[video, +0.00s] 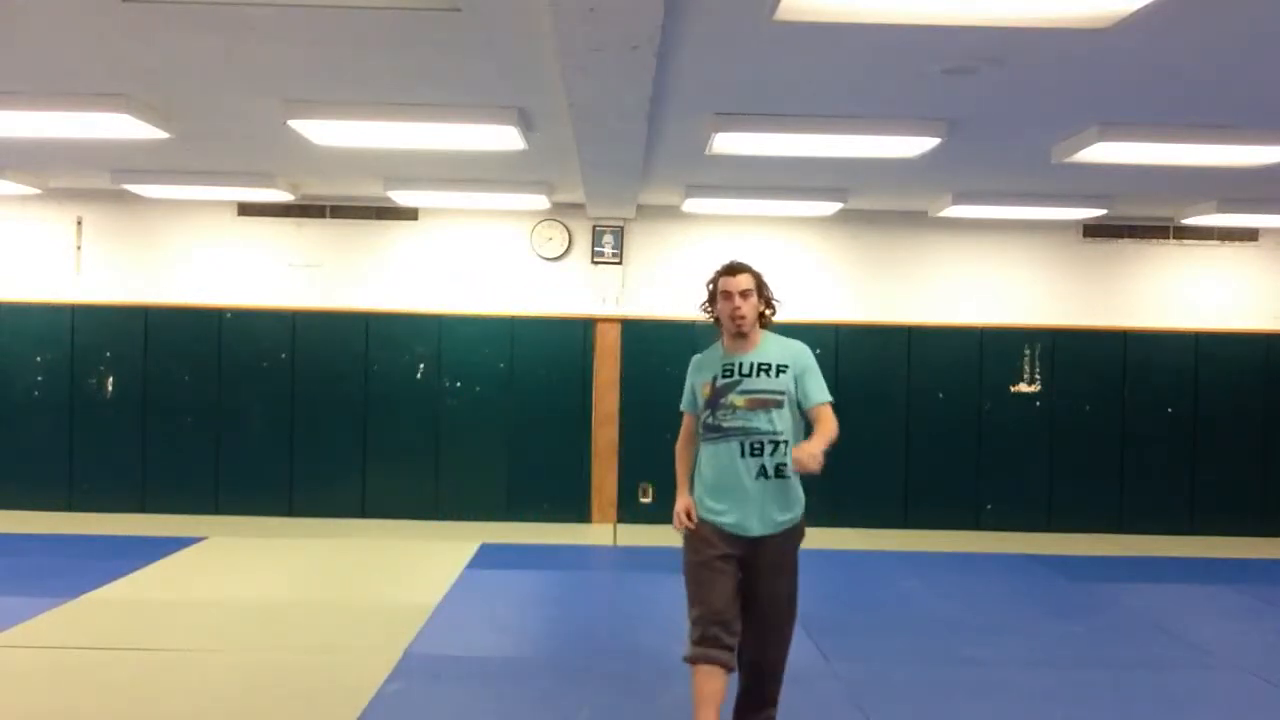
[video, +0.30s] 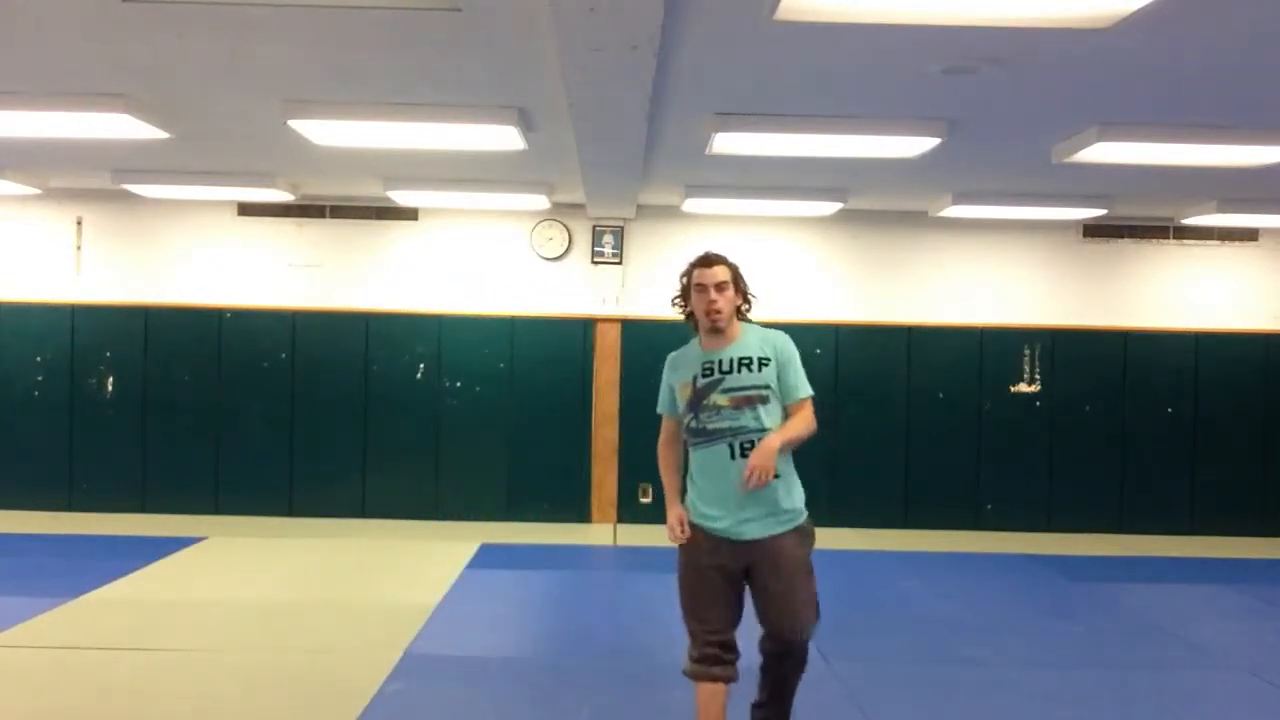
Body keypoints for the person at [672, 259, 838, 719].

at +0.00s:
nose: (737, 305)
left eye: (745, 294)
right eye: (727, 297)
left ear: (762, 301)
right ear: (715, 306)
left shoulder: (795, 355)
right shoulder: (701, 364)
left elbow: (826, 420)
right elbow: (688, 435)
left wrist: (814, 446)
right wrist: (682, 491)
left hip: (776, 523)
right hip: (711, 521)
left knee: (768, 647)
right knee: (711, 637)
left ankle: (756, 716)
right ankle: (706, 718)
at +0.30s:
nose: (712, 299)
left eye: (721, 287)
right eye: (701, 290)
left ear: (739, 294)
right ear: (689, 302)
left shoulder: (776, 346)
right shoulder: (677, 363)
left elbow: (804, 417)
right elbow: (670, 437)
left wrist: (773, 442)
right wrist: (672, 501)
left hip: (779, 526)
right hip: (706, 529)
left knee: (792, 639)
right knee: (710, 652)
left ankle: (771, 715)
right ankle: (709, 718)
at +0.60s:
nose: (721, 292)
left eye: (731, 281)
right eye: (710, 283)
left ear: (750, 290)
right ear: (699, 295)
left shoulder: (786, 342)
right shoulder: (689, 356)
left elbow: (815, 419)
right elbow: (682, 434)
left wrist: (769, 403)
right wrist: (679, 504)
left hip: (771, 524)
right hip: (704, 526)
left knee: (775, 652)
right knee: (709, 655)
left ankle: (788, 718)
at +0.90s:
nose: (744, 284)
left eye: (755, 274)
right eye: (734, 275)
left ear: (775, 286)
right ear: (722, 288)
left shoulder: (806, 339)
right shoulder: (719, 353)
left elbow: (797, 410)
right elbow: (720, 432)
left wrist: (751, 345)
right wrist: (706, 502)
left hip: (788, 529)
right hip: (724, 527)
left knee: (779, 682)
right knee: (730, 675)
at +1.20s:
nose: (754, 287)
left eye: (765, 278)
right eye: (743, 278)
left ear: (783, 289)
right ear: (731, 293)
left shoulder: (816, 338)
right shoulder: (726, 360)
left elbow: (859, 413)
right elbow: (733, 439)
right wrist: (728, 509)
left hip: (815, 528)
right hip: (749, 531)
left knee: (810, 671)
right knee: (762, 672)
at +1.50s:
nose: (803, 287)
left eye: (813, 278)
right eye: (791, 277)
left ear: (826, 291)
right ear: (772, 290)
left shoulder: (858, 349)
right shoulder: (752, 359)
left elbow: (897, 420)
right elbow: (744, 432)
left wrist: (890, 495)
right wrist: (738, 491)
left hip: (846, 527)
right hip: (772, 527)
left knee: (876, 664)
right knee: (771, 660)